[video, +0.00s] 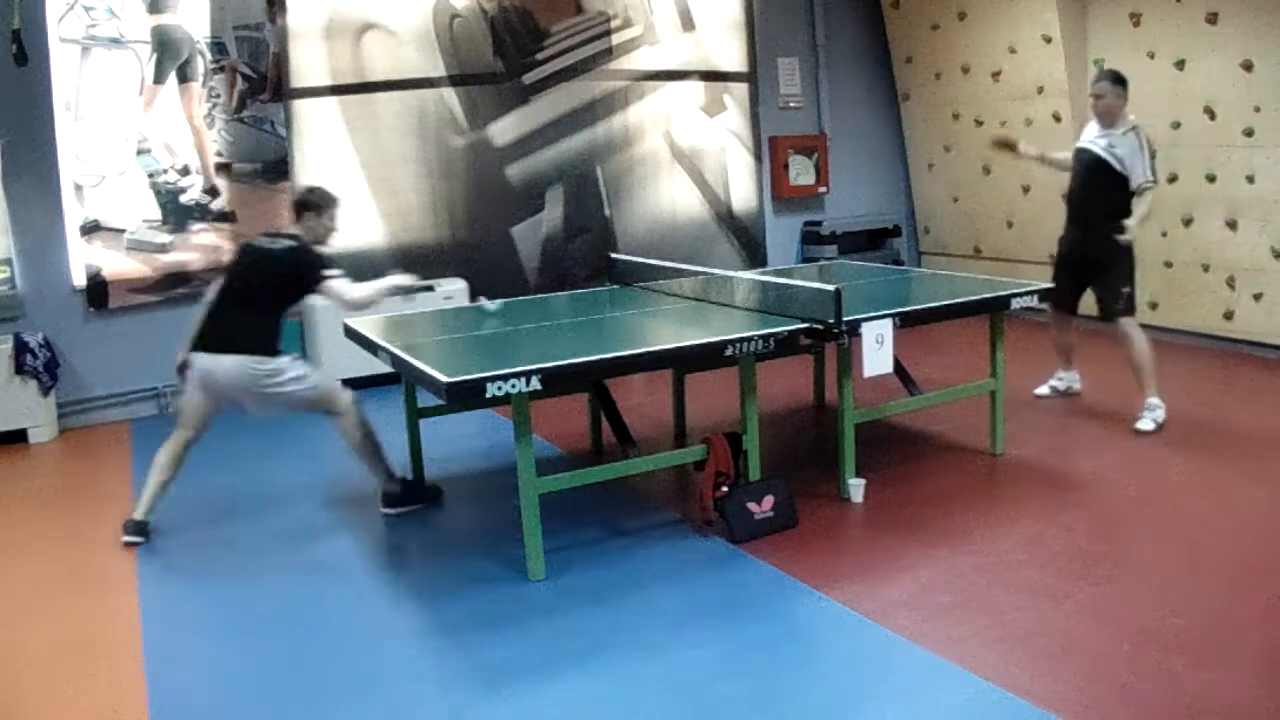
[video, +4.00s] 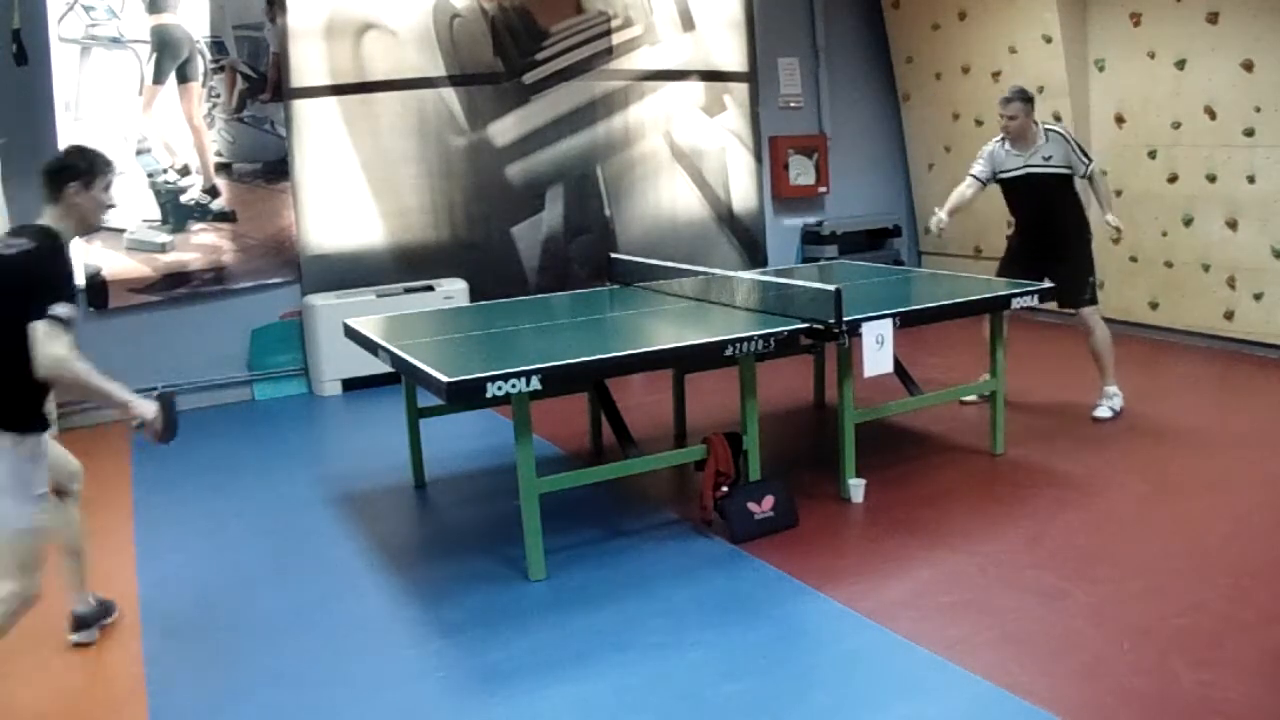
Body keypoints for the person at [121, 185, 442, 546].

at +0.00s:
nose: (334, 227)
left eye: (334, 219)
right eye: (331, 219)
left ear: (298, 215)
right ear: (315, 218)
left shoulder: (253, 246)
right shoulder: (304, 257)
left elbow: (212, 299)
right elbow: (354, 298)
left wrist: (188, 350)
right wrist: (392, 282)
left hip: (205, 360)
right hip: (252, 364)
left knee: (183, 436)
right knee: (341, 402)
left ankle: (138, 519)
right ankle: (391, 486)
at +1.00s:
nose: (285, 197)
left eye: (287, 187)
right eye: (283, 187)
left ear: (235, 184)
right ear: (262, 186)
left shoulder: (193, 220)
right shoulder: (249, 235)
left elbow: (155, 288)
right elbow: (291, 314)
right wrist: (330, 320)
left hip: (138, 363)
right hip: (185, 368)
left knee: (179, 442)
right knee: (271, 470)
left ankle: (154, 552)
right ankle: (267, 600)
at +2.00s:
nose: (305, 189)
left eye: (304, 178)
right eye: (300, 179)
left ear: (239, 178)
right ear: (278, 180)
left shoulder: (197, 235)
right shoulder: (286, 240)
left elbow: (144, 304)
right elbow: (354, 301)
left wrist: (123, 362)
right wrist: (407, 319)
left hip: (179, 397)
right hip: (248, 396)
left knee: (185, 487)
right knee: (353, 488)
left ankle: (160, 615)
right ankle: (409, 618)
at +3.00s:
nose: (70, 252)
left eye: (71, 242)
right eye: (68, 242)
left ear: (27, 239)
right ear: (46, 241)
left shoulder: (1, 285)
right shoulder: (37, 308)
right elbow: (105, 381)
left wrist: (63, 334)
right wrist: (83, 325)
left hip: (5, 469)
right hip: (9, 476)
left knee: (28, 497)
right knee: (105, 573)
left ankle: (1, 595)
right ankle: (37, 701)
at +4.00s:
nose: (109, 203)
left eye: (110, 192)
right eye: (104, 191)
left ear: (67, 193)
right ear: (74, 192)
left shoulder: (21, 243)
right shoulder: (46, 252)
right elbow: (51, 358)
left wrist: (182, 265)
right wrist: (131, 402)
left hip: (16, 429)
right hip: (11, 435)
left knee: (68, 476)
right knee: (18, 588)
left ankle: (83, 606)